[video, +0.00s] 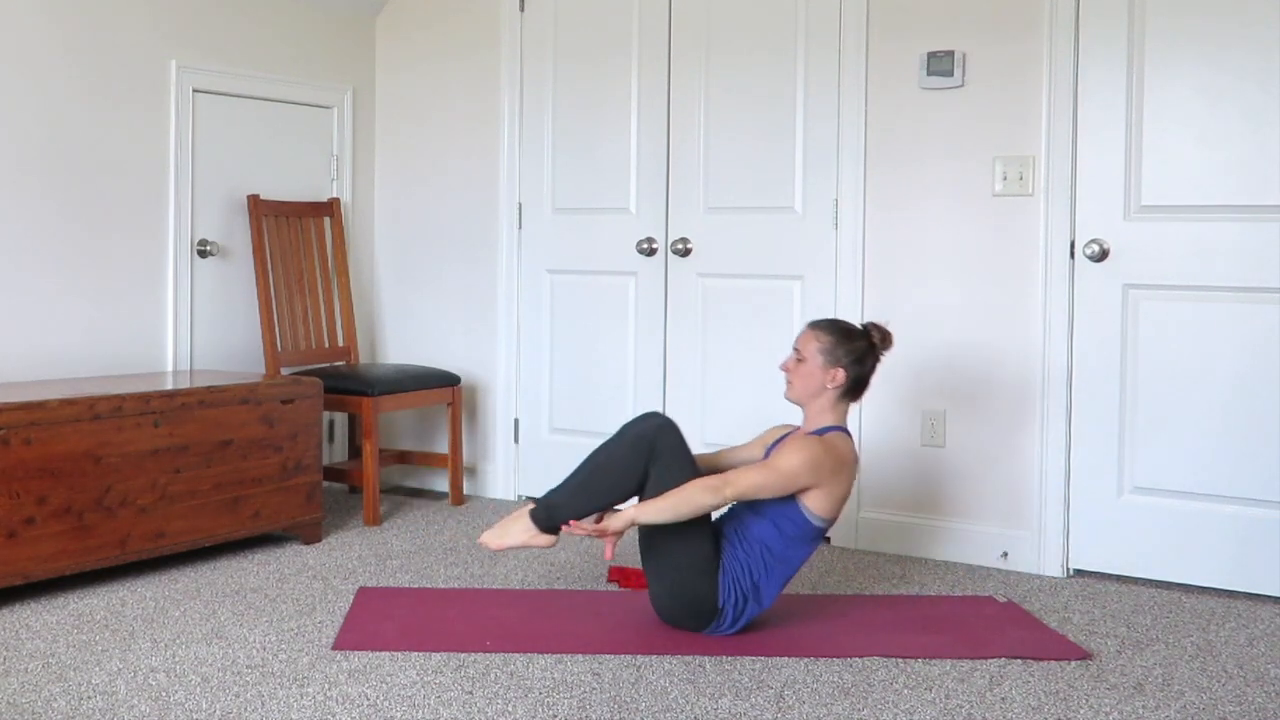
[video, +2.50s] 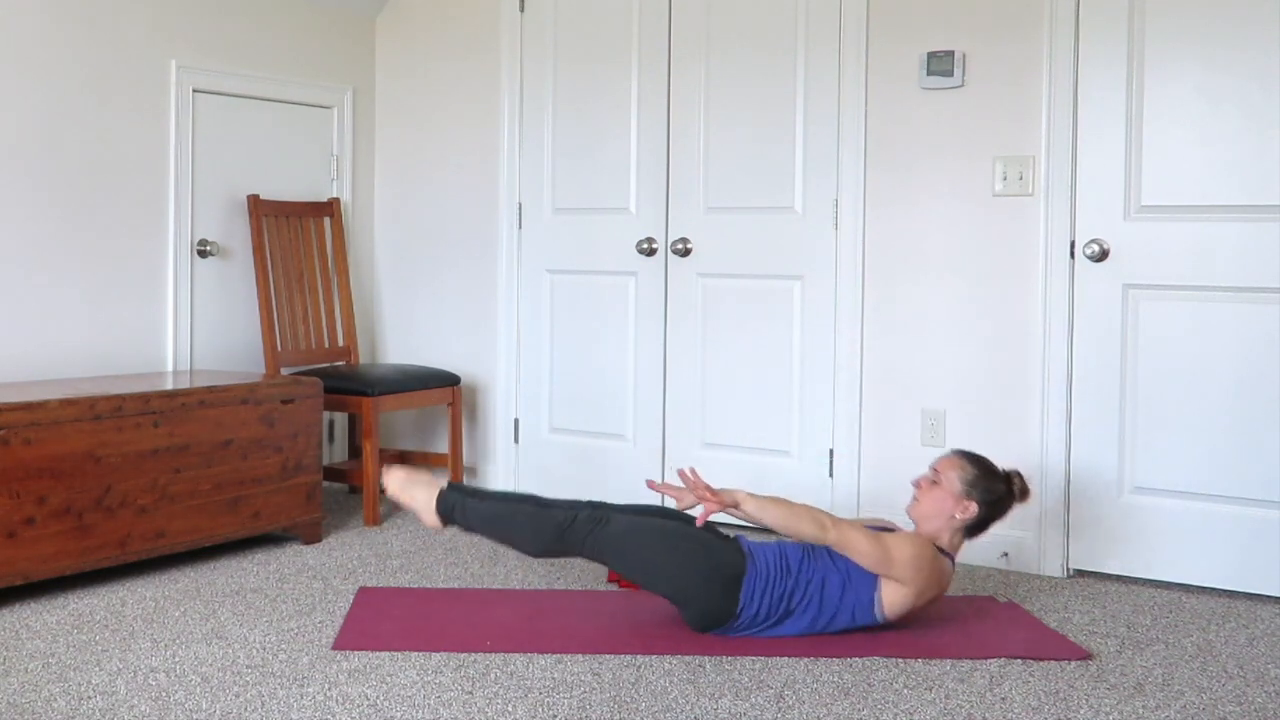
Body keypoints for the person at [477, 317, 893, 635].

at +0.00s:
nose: (786, 365)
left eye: (799, 358)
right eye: (792, 354)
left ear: (834, 377)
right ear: (829, 378)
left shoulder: (822, 453)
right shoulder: (793, 437)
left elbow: (724, 491)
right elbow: (708, 466)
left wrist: (631, 516)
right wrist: (621, 508)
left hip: (709, 598)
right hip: (704, 580)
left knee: (656, 433)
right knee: (651, 431)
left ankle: (540, 524)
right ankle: (543, 515)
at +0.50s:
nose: (916, 486)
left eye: (933, 484)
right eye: (925, 476)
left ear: (962, 516)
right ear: (942, 504)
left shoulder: (913, 569)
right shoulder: (897, 545)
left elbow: (820, 541)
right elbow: (809, 539)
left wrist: (734, 512)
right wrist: (725, 514)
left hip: (724, 584)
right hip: (724, 562)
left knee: (578, 517)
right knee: (579, 509)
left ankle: (432, 500)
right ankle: (439, 490)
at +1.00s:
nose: (906, 478)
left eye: (923, 475)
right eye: (915, 467)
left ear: (955, 503)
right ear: (935, 493)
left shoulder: (913, 557)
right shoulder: (897, 536)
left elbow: (814, 528)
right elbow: (808, 538)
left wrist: (731, 505)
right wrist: (732, 509)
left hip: (729, 585)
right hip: (727, 565)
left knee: (584, 522)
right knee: (584, 512)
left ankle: (434, 513)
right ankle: (436, 506)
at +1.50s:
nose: (774, 358)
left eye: (788, 351)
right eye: (781, 348)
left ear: (821, 372)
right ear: (816, 371)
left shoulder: (808, 443)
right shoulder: (778, 430)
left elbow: (712, 482)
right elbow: (698, 466)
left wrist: (617, 510)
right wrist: (604, 503)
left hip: (711, 599)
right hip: (704, 582)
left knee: (684, 431)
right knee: (681, 426)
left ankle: (558, 499)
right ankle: (559, 487)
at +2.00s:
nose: (914, 475)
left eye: (931, 474)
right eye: (923, 465)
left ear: (958, 505)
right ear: (939, 492)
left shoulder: (910, 555)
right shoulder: (899, 534)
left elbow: (812, 519)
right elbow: (809, 516)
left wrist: (724, 486)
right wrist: (720, 488)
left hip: (728, 585)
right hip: (729, 569)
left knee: (583, 517)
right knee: (584, 513)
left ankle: (434, 505)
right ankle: (437, 500)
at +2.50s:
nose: (919, 485)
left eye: (935, 483)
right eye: (928, 476)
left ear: (964, 515)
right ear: (952, 508)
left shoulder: (915, 562)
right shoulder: (911, 550)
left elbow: (817, 526)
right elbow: (813, 531)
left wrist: (729, 499)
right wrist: (721, 502)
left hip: (732, 580)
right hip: (734, 569)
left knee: (587, 524)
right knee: (590, 518)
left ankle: (440, 502)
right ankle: (445, 499)